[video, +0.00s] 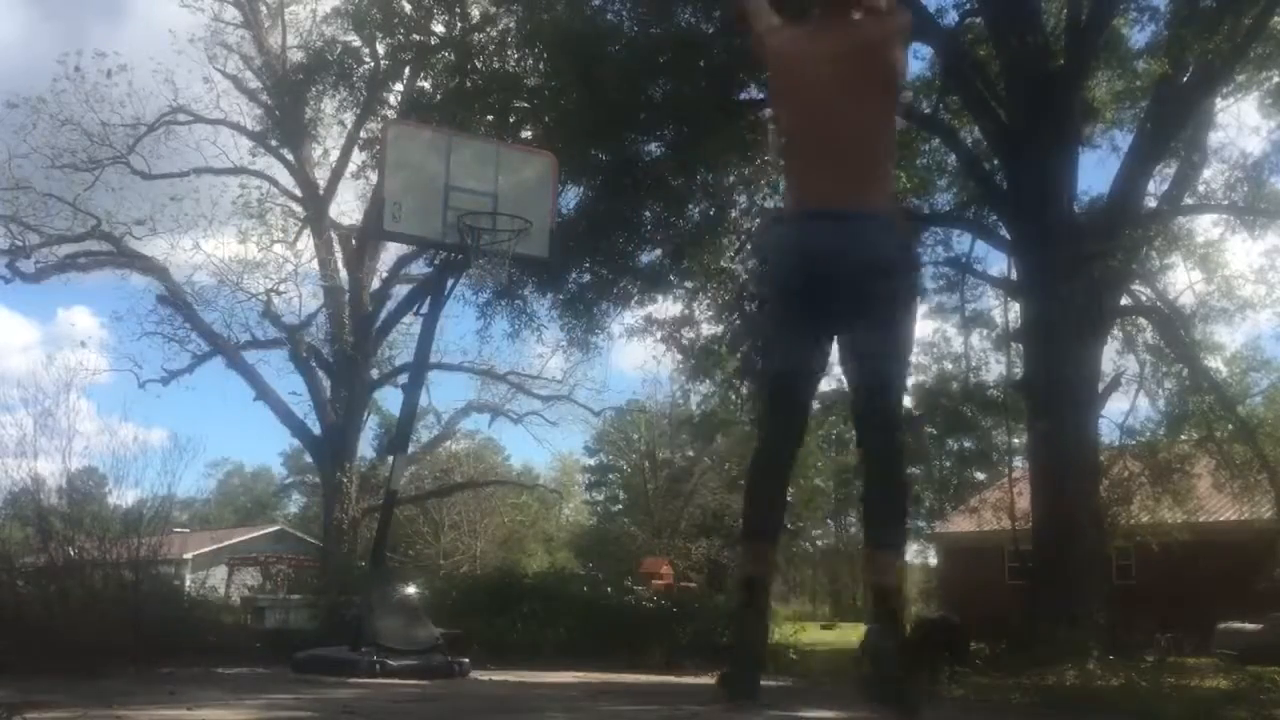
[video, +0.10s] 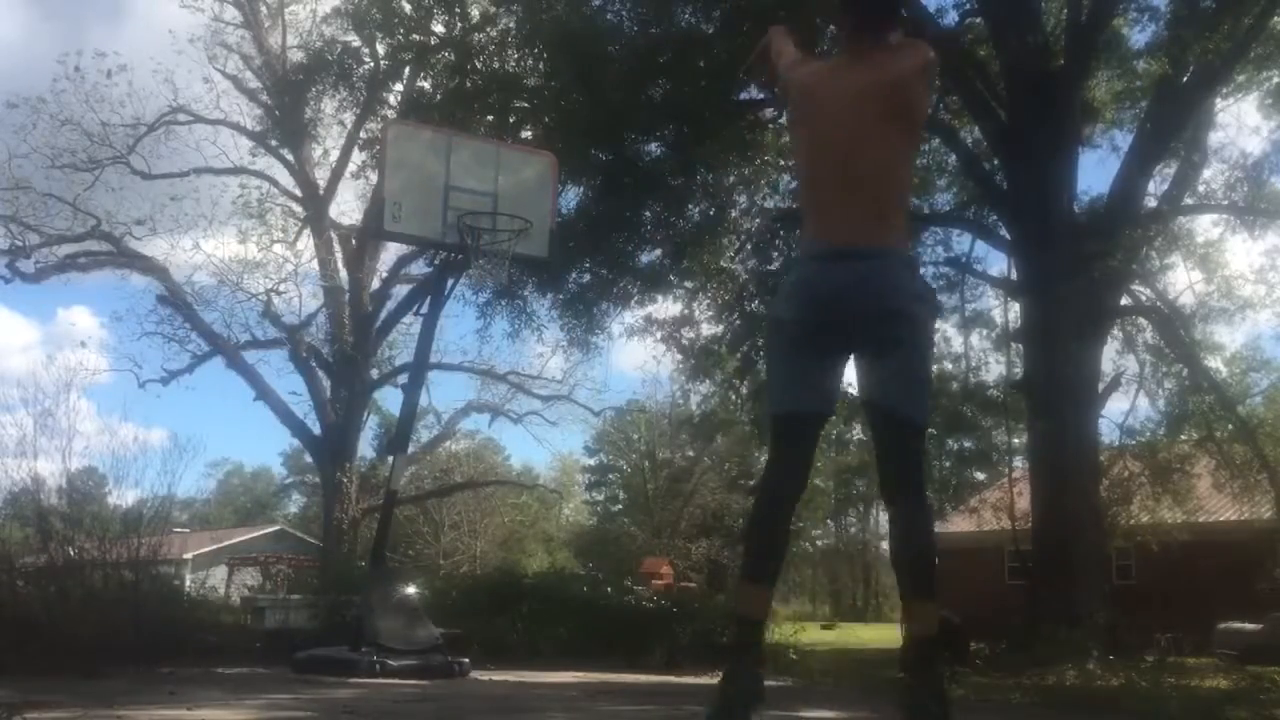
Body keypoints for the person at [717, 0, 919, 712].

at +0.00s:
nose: (878, 7)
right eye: (875, 5)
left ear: (804, 9)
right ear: (861, 6)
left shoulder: (778, 42)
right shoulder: (884, 34)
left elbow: (751, 4)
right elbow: (909, 11)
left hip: (798, 241)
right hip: (877, 241)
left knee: (777, 434)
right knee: (881, 435)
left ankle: (748, 633)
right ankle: (886, 638)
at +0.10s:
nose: (902, 34)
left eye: (890, 28)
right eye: (900, 27)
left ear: (841, 29)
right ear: (893, 30)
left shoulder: (806, 80)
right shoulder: (913, 70)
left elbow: (784, 56)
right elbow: (919, 45)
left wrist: (776, 37)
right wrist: (891, 23)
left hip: (812, 283)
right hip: (891, 282)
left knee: (783, 476)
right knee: (904, 485)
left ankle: (742, 660)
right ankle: (923, 669)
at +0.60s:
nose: (917, 105)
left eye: (920, 96)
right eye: (925, 96)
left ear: (924, 102)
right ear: (984, 105)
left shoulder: (891, 185)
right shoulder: (1021, 191)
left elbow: (880, 280)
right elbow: (1047, 300)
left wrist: (877, 368)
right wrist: (1065, 402)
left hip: (918, 369)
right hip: (998, 374)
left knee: (892, 538)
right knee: (970, 545)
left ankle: (895, 671)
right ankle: (963, 695)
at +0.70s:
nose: (926, 101)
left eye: (930, 92)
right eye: (935, 92)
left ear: (940, 100)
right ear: (998, 104)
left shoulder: (907, 169)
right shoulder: (1032, 187)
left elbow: (912, 221)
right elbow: (1091, 264)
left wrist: (917, 313)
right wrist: (1114, 350)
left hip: (942, 375)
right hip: (1020, 373)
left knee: (928, 525)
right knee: (988, 528)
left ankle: (977, 661)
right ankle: (970, 661)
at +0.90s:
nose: (950, 108)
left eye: (955, 97)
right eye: (951, 98)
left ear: (972, 99)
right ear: (1023, 103)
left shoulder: (959, 157)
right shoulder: (1062, 175)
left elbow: (961, 210)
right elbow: (1118, 258)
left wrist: (952, 303)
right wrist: (1154, 366)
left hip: (1002, 370)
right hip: (1069, 372)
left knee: (1026, 548)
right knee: (1040, 547)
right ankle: (990, 696)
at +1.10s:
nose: (996, 74)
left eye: (999, 63)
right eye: (997, 63)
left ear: (1019, 66)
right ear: (1077, 68)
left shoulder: (1005, 147)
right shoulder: (1116, 156)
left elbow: (995, 277)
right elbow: (1116, 262)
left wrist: (970, 399)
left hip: (1060, 344)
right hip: (1133, 343)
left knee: (1091, 526)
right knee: (1078, 521)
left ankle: (1134, 697)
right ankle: (1055, 687)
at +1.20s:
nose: (1028, 68)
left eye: (1032, 57)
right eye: (1031, 58)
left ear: (1047, 57)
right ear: (1104, 61)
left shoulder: (1031, 133)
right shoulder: (1140, 142)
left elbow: (1020, 262)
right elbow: (1133, 247)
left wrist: (988, 375)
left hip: (1083, 341)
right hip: (1161, 341)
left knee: (1091, 537)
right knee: (1109, 534)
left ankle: (1129, 700)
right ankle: (1118, 694)